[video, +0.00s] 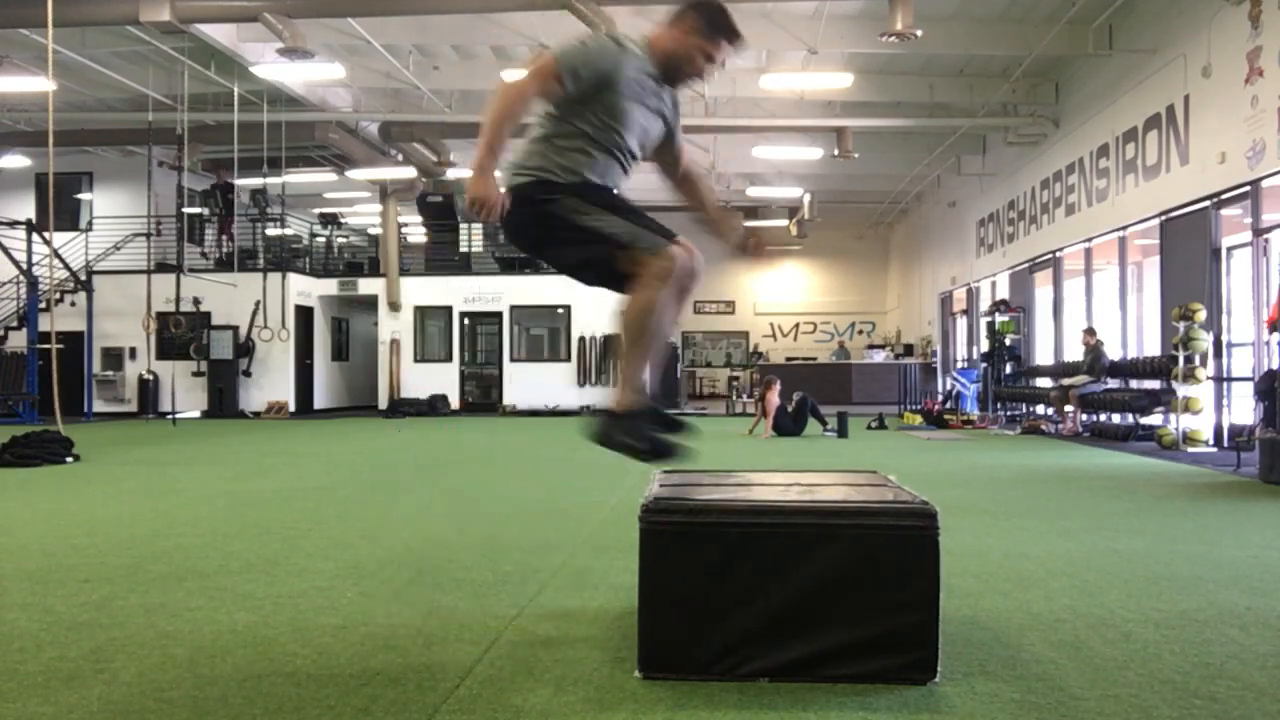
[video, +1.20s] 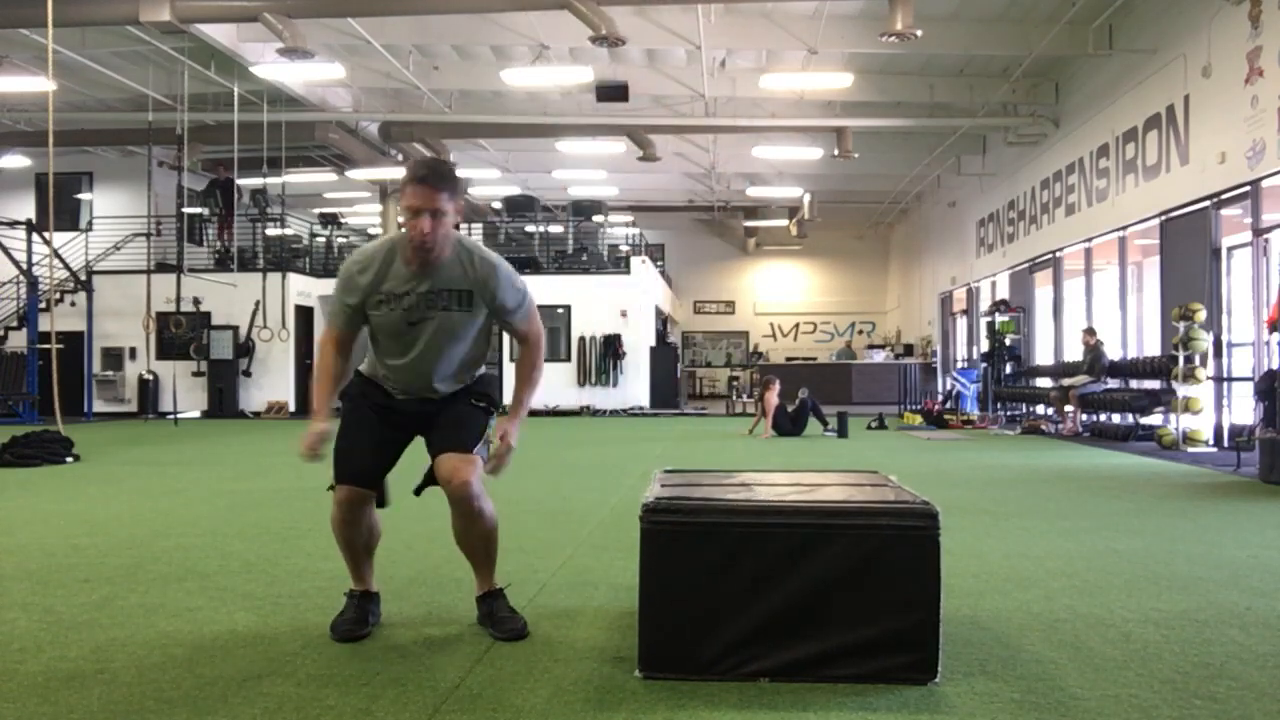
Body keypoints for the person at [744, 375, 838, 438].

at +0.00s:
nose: (779, 387)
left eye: (779, 385)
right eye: (778, 385)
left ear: (767, 386)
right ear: (773, 385)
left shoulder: (764, 396)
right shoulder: (772, 396)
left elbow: (759, 416)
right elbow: (770, 416)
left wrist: (750, 430)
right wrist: (767, 433)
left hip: (784, 430)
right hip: (792, 430)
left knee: (803, 398)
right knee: (806, 399)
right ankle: (826, 426)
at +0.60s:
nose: (779, 387)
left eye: (779, 385)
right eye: (778, 385)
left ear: (767, 385)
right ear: (773, 385)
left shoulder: (765, 396)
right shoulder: (772, 395)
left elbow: (759, 415)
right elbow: (770, 416)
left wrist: (750, 430)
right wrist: (767, 433)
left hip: (785, 430)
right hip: (792, 430)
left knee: (804, 398)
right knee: (806, 400)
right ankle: (826, 426)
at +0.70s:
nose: (779, 387)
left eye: (779, 385)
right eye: (778, 385)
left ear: (767, 385)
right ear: (773, 385)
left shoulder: (765, 396)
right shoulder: (772, 396)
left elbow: (759, 415)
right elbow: (770, 416)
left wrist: (750, 430)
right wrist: (767, 433)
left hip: (784, 430)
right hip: (792, 430)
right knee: (807, 400)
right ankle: (826, 426)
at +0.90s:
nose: (779, 387)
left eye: (779, 384)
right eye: (778, 385)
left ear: (767, 385)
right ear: (773, 385)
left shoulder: (765, 396)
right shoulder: (771, 396)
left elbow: (759, 415)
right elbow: (769, 416)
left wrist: (750, 430)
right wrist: (767, 433)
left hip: (784, 430)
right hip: (792, 431)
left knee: (782, 407)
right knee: (807, 400)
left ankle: (797, 402)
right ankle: (826, 426)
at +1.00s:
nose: (779, 387)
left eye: (778, 384)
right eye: (777, 384)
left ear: (767, 386)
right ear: (772, 385)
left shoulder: (765, 396)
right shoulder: (771, 396)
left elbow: (759, 415)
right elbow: (769, 415)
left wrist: (750, 430)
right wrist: (767, 433)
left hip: (785, 430)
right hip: (792, 431)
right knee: (807, 401)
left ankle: (798, 403)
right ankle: (826, 426)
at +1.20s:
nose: (779, 387)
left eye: (778, 384)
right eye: (777, 384)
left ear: (768, 386)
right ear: (771, 386)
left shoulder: (765, 396)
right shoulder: (771, 396)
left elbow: (759, 415)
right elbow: (769, 415)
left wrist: (750, 430)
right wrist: (767, 433)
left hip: (785, 430)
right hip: (792, 431)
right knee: (808, 401)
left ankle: (799, 403)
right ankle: (827, 426)